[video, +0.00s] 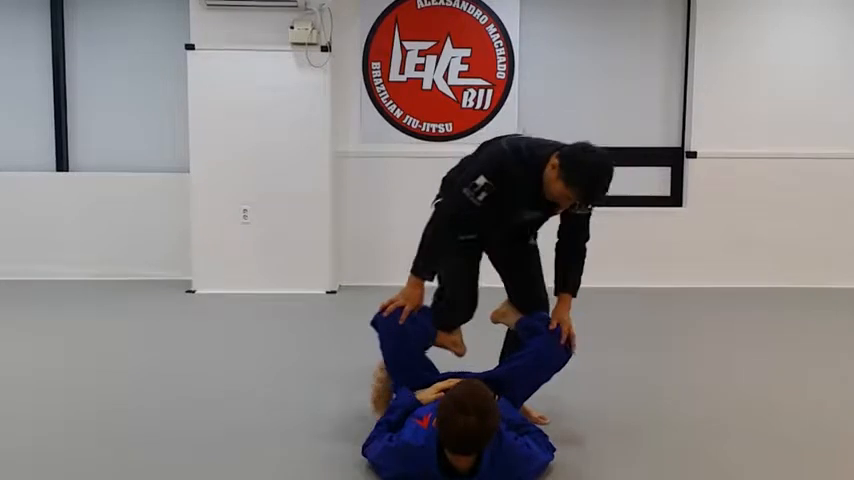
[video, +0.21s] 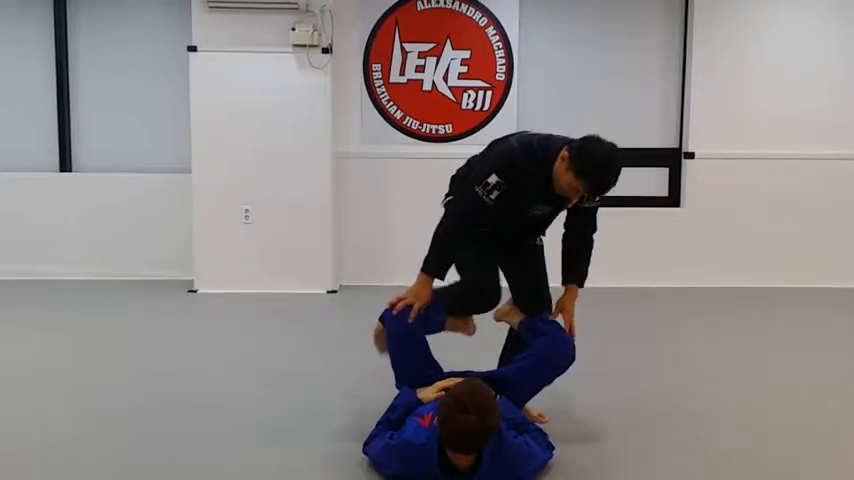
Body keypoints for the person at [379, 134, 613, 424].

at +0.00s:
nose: (566, 207)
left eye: (576, 203)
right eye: (566, 196)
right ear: (553, 167)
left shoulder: (581, 183)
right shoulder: (501, 160)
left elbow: (573, 239)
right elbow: (446, 215)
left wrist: (564, 304)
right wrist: (416, 283)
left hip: (513, 229)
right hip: (464, 221)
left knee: (534, 311)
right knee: (458, 308)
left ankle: (509, 398)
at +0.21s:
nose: (575, 198)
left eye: (584, 194)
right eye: (574, 187)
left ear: (595, 189)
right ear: (563, 160)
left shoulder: (587, 180)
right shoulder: (513, 156)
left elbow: (580, 233)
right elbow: (458, 213)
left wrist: (571, 292)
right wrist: (425, 281)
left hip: (520, 231)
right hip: (472, 220)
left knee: (535, 311)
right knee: (483, 295)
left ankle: (508, 398)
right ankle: (403, 318)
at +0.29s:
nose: (576, 196)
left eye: (585, 192)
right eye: (575, 185)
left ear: (596, 187)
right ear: (564, 157)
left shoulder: (589, 180)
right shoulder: (515, 155)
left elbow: (582, 231)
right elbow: (459, 212)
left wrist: (573, 290)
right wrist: (427, 281)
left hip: (523, 232)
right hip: (475, 220)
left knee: (536, 315)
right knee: (489, 293)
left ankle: (508, 398)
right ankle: (416, 305)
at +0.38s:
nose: (577, 193)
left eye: (586, 189)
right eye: (576, 182)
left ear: (598, 183)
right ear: (566, 154)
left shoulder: (588, 175)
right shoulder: (517, 153)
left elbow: (584, 228)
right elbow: (462, 211)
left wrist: (575, 286)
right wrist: (430, 279)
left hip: (526, 234)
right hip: (478, 223)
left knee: (538, 316)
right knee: (502, 295)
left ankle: (510, 399)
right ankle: (431, 291)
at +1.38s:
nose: (573, 187)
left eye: (582, 182)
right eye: (571, 176)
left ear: (591, 177)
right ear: (558, 149)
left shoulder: (577, 173)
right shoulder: (507, 154)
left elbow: (571, 220)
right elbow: (457, 214)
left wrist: (548, 266)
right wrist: (430, 283)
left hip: (521, 240)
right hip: (477, 233)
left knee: (541, 312)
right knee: (515, 298)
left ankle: (508, 393)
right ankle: (453, 318)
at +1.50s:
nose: (569, 188)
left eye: (577, 183)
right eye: (567, 177)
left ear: (587, 178)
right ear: (553, 150)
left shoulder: (573, 179)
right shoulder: (504, 156)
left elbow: (568, 225)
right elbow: (456, 216)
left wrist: (548, 274)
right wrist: (425, 286)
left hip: (520, 243)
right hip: (475, 235)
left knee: (541, 309)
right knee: (512, 303)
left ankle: (508, 394)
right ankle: (452, 333)